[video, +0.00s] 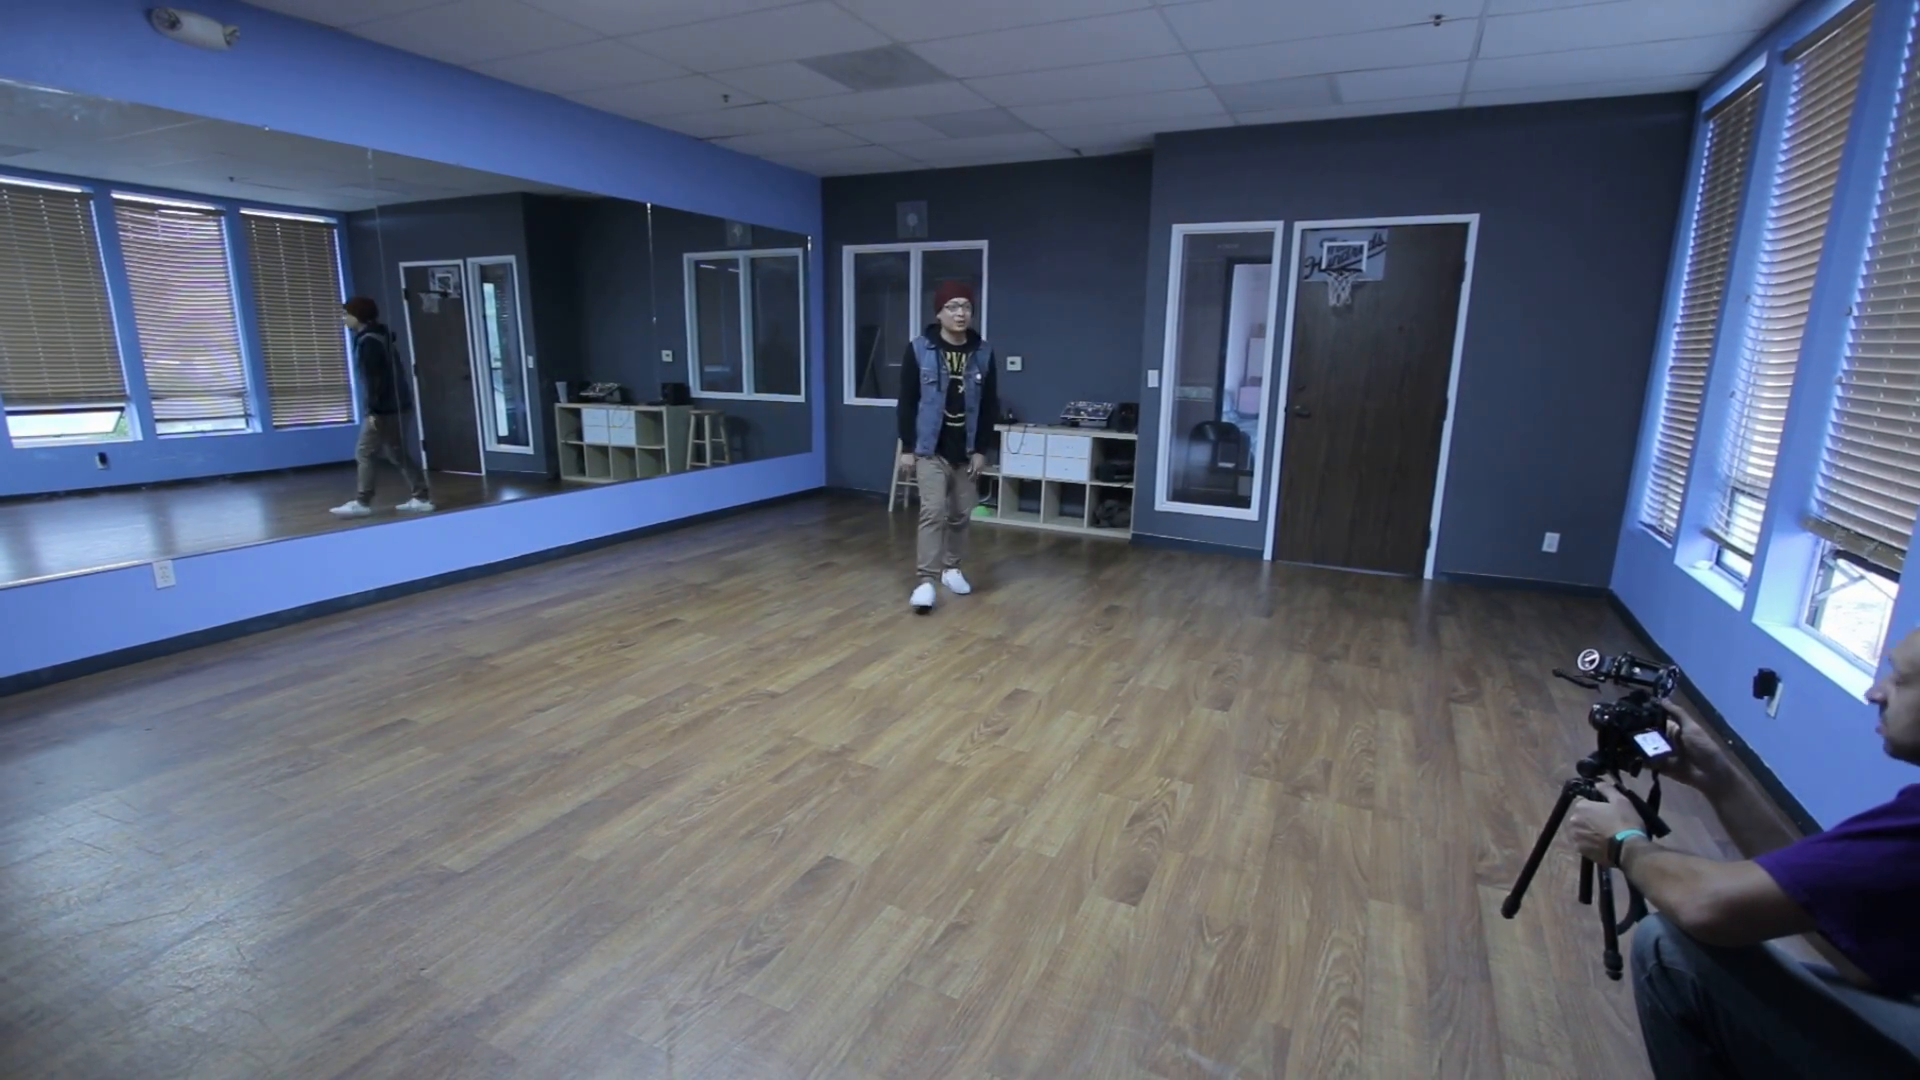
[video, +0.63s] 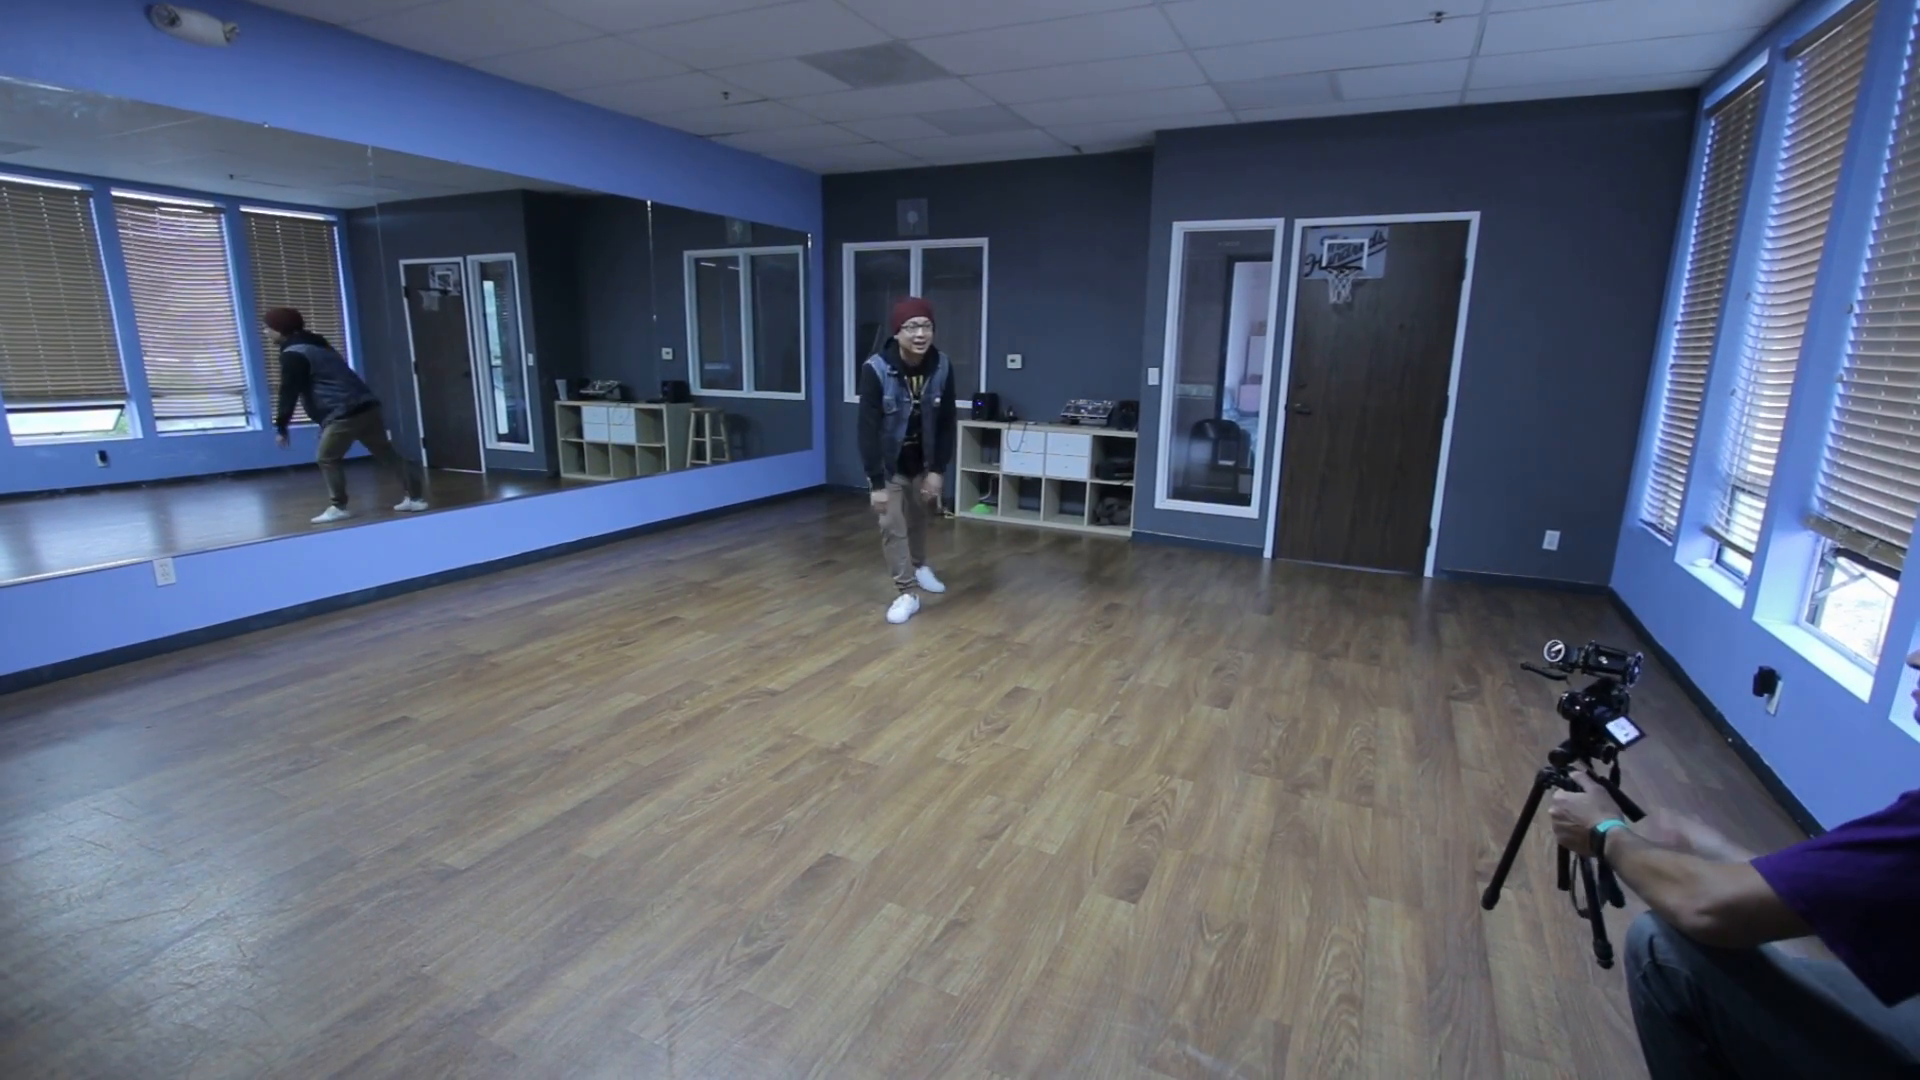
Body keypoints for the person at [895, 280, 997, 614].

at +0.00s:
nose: (960, 313)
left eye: (966, 308)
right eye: (953, 307)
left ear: (972, 314)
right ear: (939, 313)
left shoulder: (983, 354)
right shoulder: (919, 349)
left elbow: (989, 405)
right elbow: (907, 400)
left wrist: (983, 449)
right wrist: (907, 447)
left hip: (967, 450)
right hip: (930, 447)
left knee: (960, 515)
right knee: (933, 513)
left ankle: (951, 568)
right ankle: (927, 579)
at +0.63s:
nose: (921, 334)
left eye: (926, 327)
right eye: (912, 327)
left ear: (934, 331)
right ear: (896, 332)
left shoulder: (941, 367)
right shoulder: (876, 369)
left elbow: (947, 423)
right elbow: (868, 428)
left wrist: (938, 469)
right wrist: (876, 482)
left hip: (923, 462)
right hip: (888, 463)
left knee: (920, 518)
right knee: (892, 525)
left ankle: (920, 566)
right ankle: (905, 592)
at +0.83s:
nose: (906, 318)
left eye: (912, 311)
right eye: (898, 311)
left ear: (920, 317)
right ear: (884, 318)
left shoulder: (930, 355)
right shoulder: (865, 356)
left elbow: (934, 409)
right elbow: (853, 414)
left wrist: (910, 447)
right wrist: (861, 466)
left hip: (911, 449)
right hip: (876, 451)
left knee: (905, 515)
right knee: (888, 519)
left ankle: (872, 565)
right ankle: (905, 590)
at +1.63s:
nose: (836, 297)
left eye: (842, 291)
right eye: (829, 294)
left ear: (853, 300)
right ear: (820, 304)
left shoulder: (872, 341)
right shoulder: (808, 343)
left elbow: (883, 390)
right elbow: (799, 399)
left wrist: (884, 434)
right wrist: (804, 448)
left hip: (864, 446)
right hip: (825, 447)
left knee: (855, 516)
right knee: (810, 513)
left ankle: (855, 580)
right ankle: (789, 562)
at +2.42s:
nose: (845, 306)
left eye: (845, 300)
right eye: (838, 301)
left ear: (839, 306)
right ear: (818, 306)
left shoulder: (848, 344)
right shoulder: (794, 343)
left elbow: (855, 392)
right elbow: (771, 387)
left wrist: (854, 430)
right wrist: (759, 431)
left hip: (839, 437)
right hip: (805, 438)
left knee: (845, 498)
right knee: (801, 503)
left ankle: (845, 556)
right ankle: (791, 565)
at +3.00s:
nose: (903, 318)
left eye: (903, 313)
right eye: (903, 313)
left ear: (875, 313)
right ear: (896, 314)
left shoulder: (861, 341)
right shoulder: (888, 348)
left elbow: (862, 393)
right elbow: (891, 401)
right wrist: (905, 442)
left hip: (855, 435)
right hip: (878, 437)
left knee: (862, 494)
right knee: (906, 489)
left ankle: (846, 556)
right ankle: (901, 554)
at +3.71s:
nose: (994, 318)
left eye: (991, 314)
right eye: (994, 314)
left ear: (968, 313)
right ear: (991, 316)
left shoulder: (955, 339)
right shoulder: (984, 348)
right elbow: (998, 389)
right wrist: (1019, 421)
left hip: (948, 424)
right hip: (968, 429)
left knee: (961, 482)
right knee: (969, 487)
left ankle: (962, 532)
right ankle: (960, 549)